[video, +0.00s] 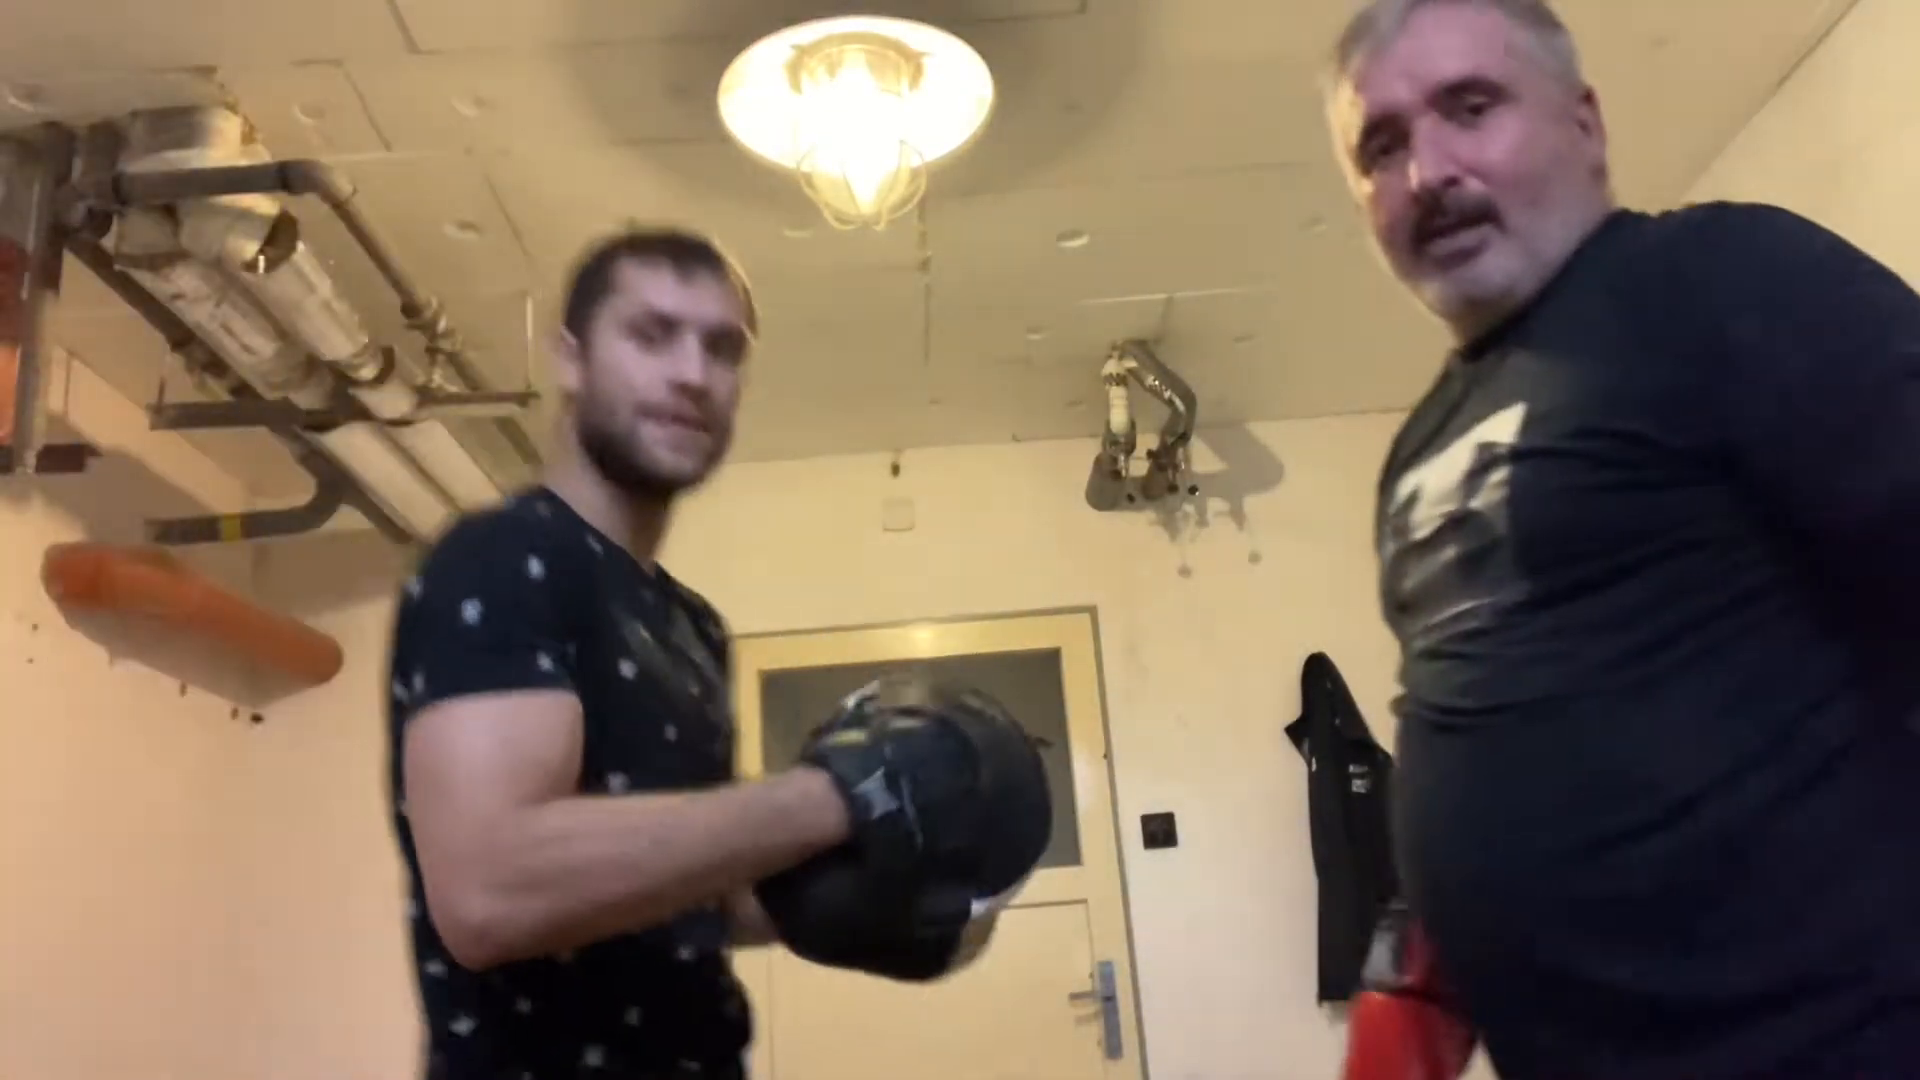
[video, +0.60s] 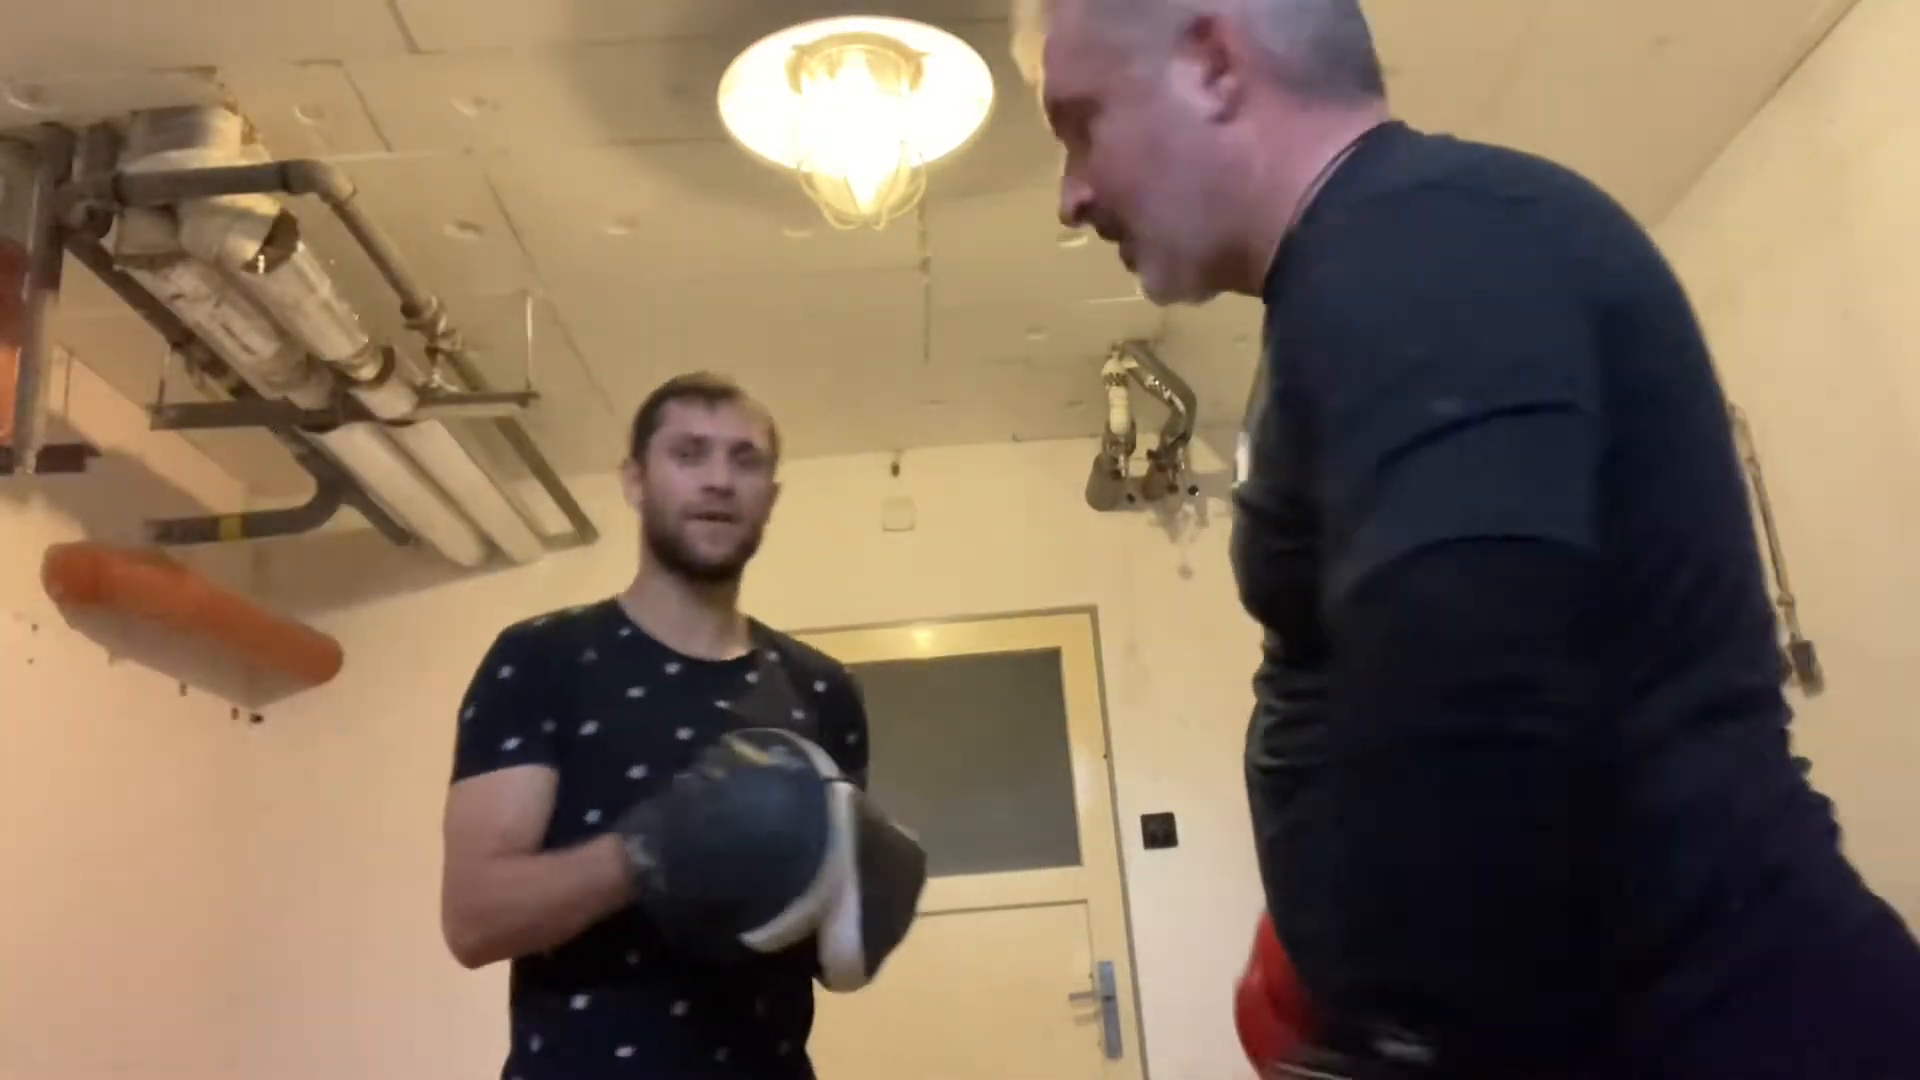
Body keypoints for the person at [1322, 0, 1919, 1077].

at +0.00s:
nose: (1428, 173)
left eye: (1469, 109)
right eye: (1384, 147)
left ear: (1585, 126)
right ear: (1362, 202)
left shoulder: (1737, 276)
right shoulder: (1418, 447)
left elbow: (1915, 529)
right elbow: (1461, 741)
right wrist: (1419, 989)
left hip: (1823, 1006)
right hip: (1561, 1037)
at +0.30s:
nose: (1274, 100)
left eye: (1321, 31)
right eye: (1232, 76)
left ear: (1465, 43)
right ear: (1217, 125)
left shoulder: (1616, 238)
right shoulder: (1373, 338)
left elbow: (1815, 624)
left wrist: (1843, 982)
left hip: (1660, 1015)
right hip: (1444, 1024)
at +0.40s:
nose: (1187, 107)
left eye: (1231, 36)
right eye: (1156, 79)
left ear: (1396, 33)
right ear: (1151, 114)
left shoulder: (1548, 228)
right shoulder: (1353, 306)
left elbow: (1699, 689)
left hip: (1618, 1012)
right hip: (1452, 1021)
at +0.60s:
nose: (1070, 197)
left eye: (1080, 125)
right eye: (1064, 140)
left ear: (1215, 66)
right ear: (1214, 67)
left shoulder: (1428, 245)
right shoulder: (1371, 267)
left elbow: (1457, 710)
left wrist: (1391, 1040)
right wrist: (1318, 927)